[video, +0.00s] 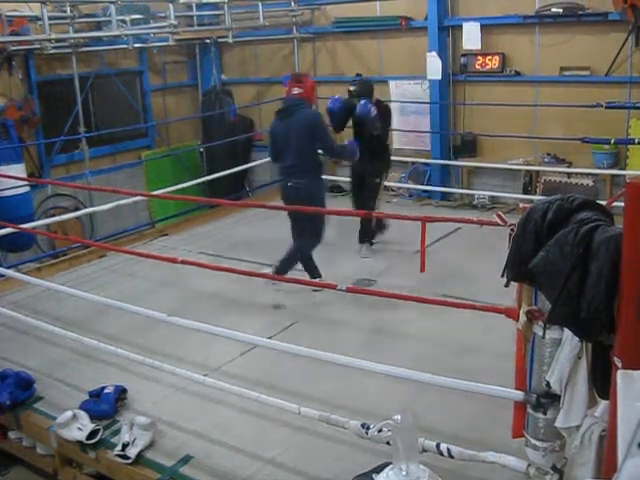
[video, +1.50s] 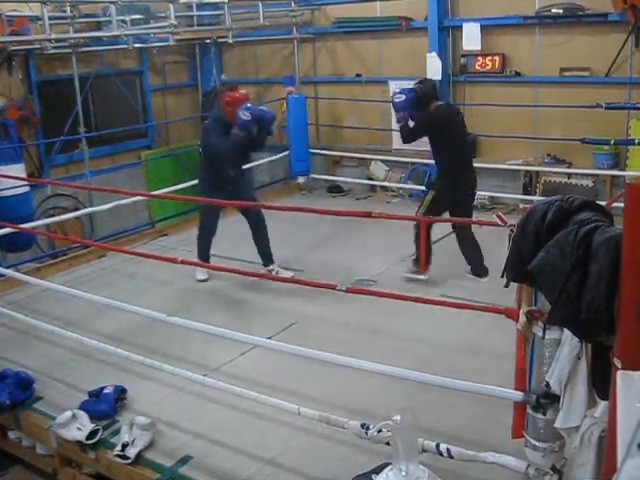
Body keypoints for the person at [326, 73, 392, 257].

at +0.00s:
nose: (354, 97)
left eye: (357, 94)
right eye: (353, 94)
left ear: (368, 93)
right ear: (353, 95)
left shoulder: (382, 108)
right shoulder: (353, 106)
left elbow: (382, 135)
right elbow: (338, 127)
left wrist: (371, 117)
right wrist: (335, 111)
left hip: (379, 158)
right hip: (360, 157)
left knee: (368, 199)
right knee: (358, 200)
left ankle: (365, 239)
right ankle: (377, 222)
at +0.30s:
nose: (372, 93)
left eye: (376, 89)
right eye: (371, 89)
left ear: (387, 90)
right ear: (375, 91)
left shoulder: (403, 110)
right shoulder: (378, 108)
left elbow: (414, 139)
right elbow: (370, 133)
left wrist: (393, 144)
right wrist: (359, 130)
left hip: (405, 164)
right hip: (390, 163)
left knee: (384, 203)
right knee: (400, 205)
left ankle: (372, 241)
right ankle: (425, 235)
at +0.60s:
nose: (388, 93)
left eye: (392, 89)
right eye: (387, 89)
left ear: (403, 87)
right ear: (397, 88)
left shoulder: (418, 104)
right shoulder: (400, 104)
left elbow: (418, 132)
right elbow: (398, 126)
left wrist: (397, 126)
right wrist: (379, 121)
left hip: (421, 161)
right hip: (409, 160)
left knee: (401, 202)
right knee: (409, 200)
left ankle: (417, 244)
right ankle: (426, 238)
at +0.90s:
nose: (400, 95)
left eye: (401, 91)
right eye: (398, 91)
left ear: (408, 90)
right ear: (414, 87)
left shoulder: (422, 107)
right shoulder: (419, 105)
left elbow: (403, 127)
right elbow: (402, 126)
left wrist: (390, 111)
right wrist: (390, 110)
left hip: (435, 166)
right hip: (431, 164)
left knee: (424, 213)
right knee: (423, 209)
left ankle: (434, 256)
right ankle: (426, 243)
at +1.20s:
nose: (409, 93)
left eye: (410, 89)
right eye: (409, 89)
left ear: (417, 90)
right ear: (428, 87)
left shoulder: (431, 108)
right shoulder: (439, 104)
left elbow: (408, 129)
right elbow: (413, 126)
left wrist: (401, 110)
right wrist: (405, 109)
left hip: (446, 169)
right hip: (460, 167)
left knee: (434, 214)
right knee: (458, 216)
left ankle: (434, 257)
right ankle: (477, 257)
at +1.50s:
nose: (415, 101)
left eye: (416, 97)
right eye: (415, 97)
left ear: (421, 99)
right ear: (435, 95)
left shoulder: (431, 117)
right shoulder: (452, 111)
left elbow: (407, 137)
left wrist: (401, 115)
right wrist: (413, 111)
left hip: (448, 181)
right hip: (466, 178)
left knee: (422, 219)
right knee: (462, 227)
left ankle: (421, 265)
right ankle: (479, 269)